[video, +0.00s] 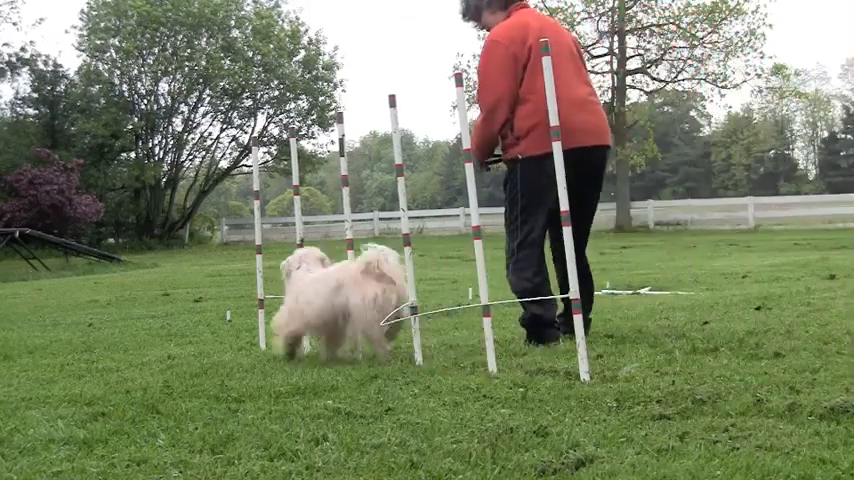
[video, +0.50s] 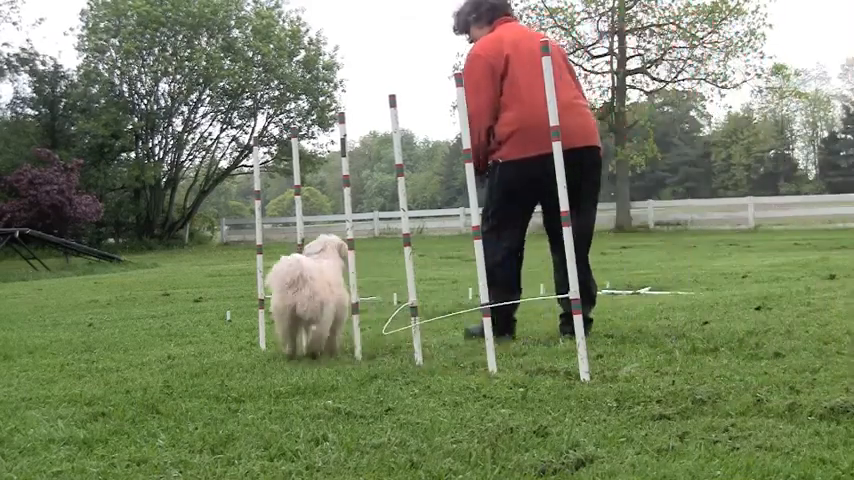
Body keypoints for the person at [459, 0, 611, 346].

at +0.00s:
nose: (483, 29)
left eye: (480, 20)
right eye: (477, 24)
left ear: (492, 6)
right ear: (514, 2)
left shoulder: (503, 37)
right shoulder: (561, 30)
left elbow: (495, 107)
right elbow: (575, 87)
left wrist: (479, 153)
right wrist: (519, 135)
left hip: (540, 145)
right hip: (593, 138)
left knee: (524, 243)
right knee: (571, 239)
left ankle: (542, 330)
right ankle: (578, 322)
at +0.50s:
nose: (470, 41)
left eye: (469, 33)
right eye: (467, 35)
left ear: (480, 21)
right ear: (506, 16)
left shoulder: (484, 51)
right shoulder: (549, 43)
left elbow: (479, 117)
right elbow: (575, 92)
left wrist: (479, 163)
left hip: (524, 150)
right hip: (582, 144)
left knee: (501, 235)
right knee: (572, 234)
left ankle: (499, 322)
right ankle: (577, 319)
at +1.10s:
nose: (368, 83)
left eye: (367, 78)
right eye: (366, 78)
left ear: (374, 71)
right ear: (402, 62)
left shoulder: (377, 93)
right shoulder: (440, 76)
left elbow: (358, 148)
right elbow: (474, 105)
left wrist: (322, 145)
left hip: (437, 160)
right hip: (493, 147)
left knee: (427, 245)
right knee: (514, 232)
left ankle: (429, 325)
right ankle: (555, 292)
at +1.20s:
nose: (360, 81)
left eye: (360, 74)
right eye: (359, 75)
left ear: (369, 67)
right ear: (396, 57)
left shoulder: (371, 89)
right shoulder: (432, 72)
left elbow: (359, 153)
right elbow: (470, 104)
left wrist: (331, 150)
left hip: (432, 154)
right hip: (486, 141)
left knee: (427, 243)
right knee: (501, 231)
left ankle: (429, 323)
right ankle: (545, 289)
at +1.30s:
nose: (359, 74)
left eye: (359, 68)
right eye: (357, 69)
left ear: (368, 59)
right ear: (394, 52)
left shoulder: (368, 82)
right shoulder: (430, 67)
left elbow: (361, 153)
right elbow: (460, 101)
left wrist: (342, 150)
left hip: (429, 152)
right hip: (481, 141)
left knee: (427, 241)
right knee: (486, 230)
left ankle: (430, 324)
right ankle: (525, 289)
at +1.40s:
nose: (362, 66)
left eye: (361, 60)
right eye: (360, 61)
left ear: (366, 53)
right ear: (396, 44)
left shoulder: (366, 79)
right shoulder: (429, 62)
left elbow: (362, 149)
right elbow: (465, 101)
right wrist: (486, 146)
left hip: (426, 151)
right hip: (476, 142)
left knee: (428, 241)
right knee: (471, 230)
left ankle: (431, 325)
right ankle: (499, 302)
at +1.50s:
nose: (361, 55)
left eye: (361, 49)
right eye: (360, 49)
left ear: (369, 44)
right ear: (398, 39)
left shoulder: (366, 73)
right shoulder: (431, 60)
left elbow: (363, 146)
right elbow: (464, 101)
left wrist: (378, 124)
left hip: (423, 153)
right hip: (474, 147)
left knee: (427, 238)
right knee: (461, 234)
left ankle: (431, 326)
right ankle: (468, 317)